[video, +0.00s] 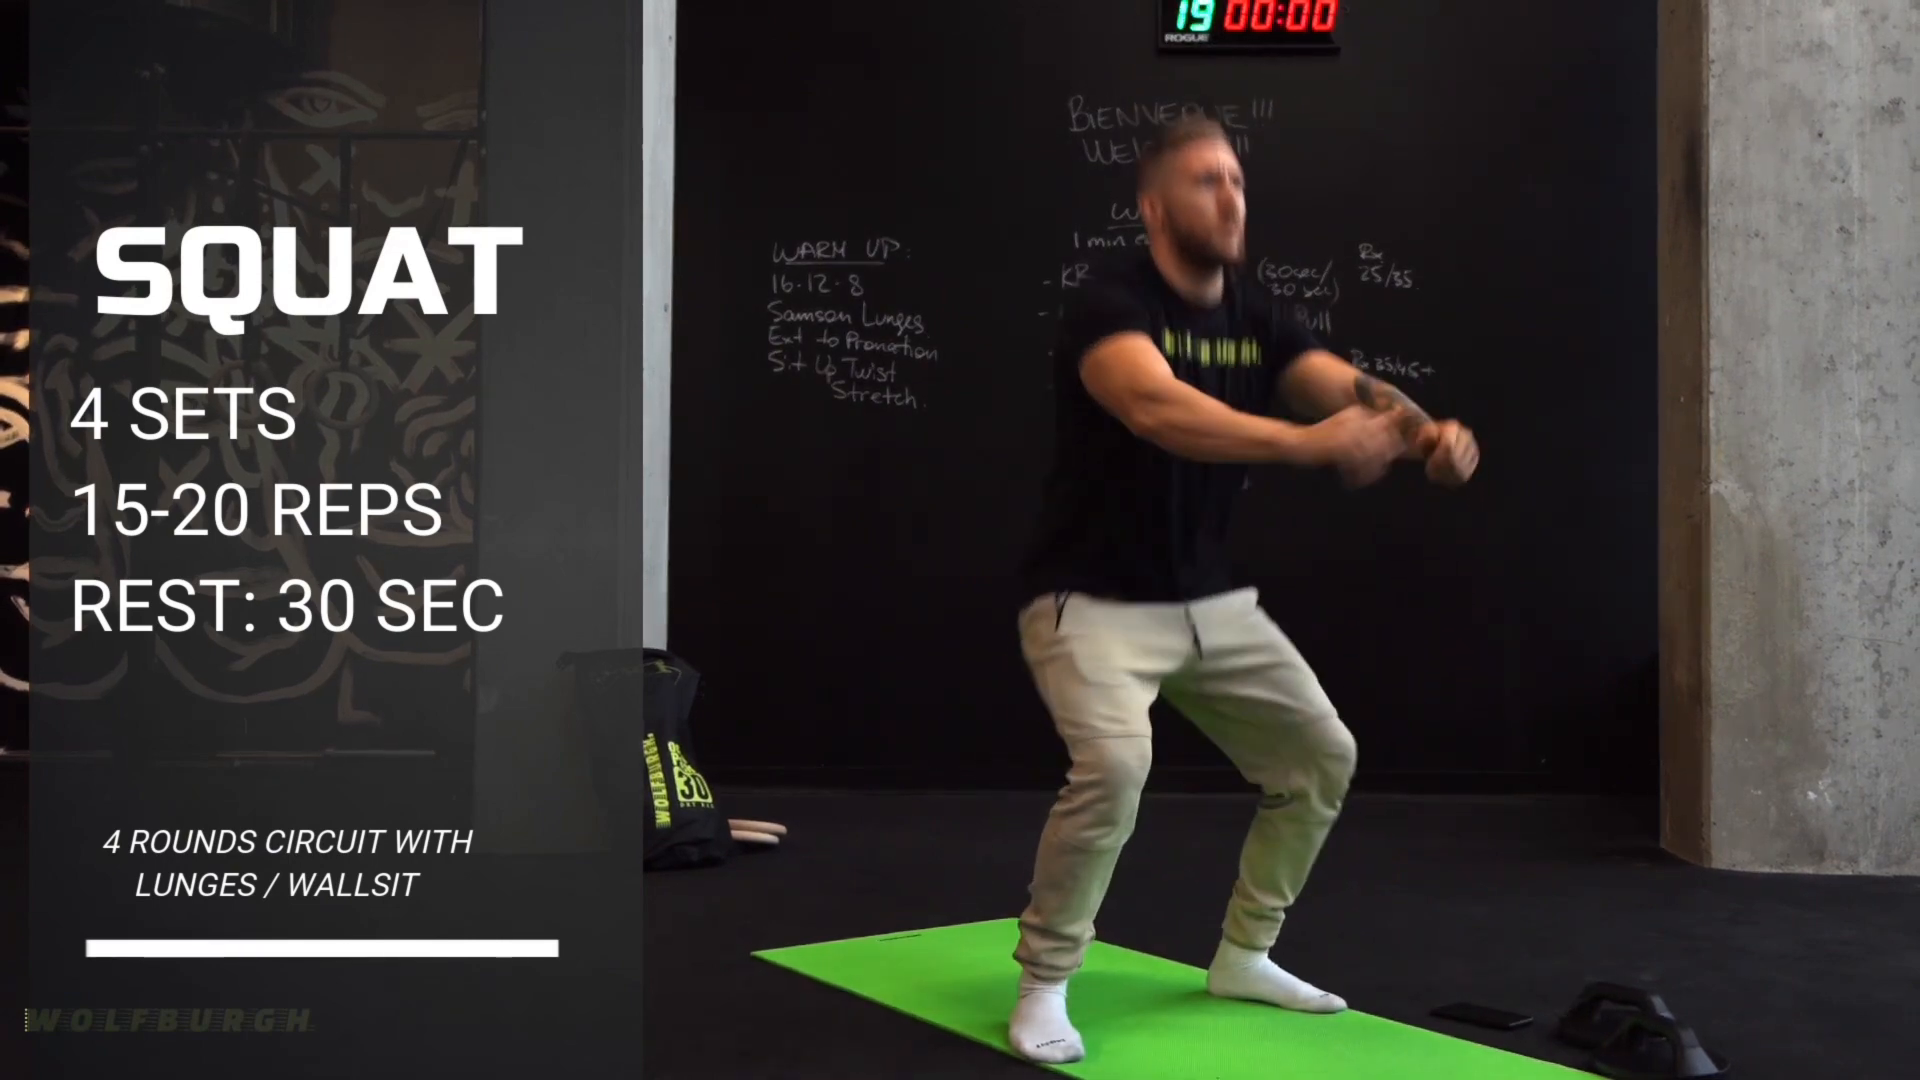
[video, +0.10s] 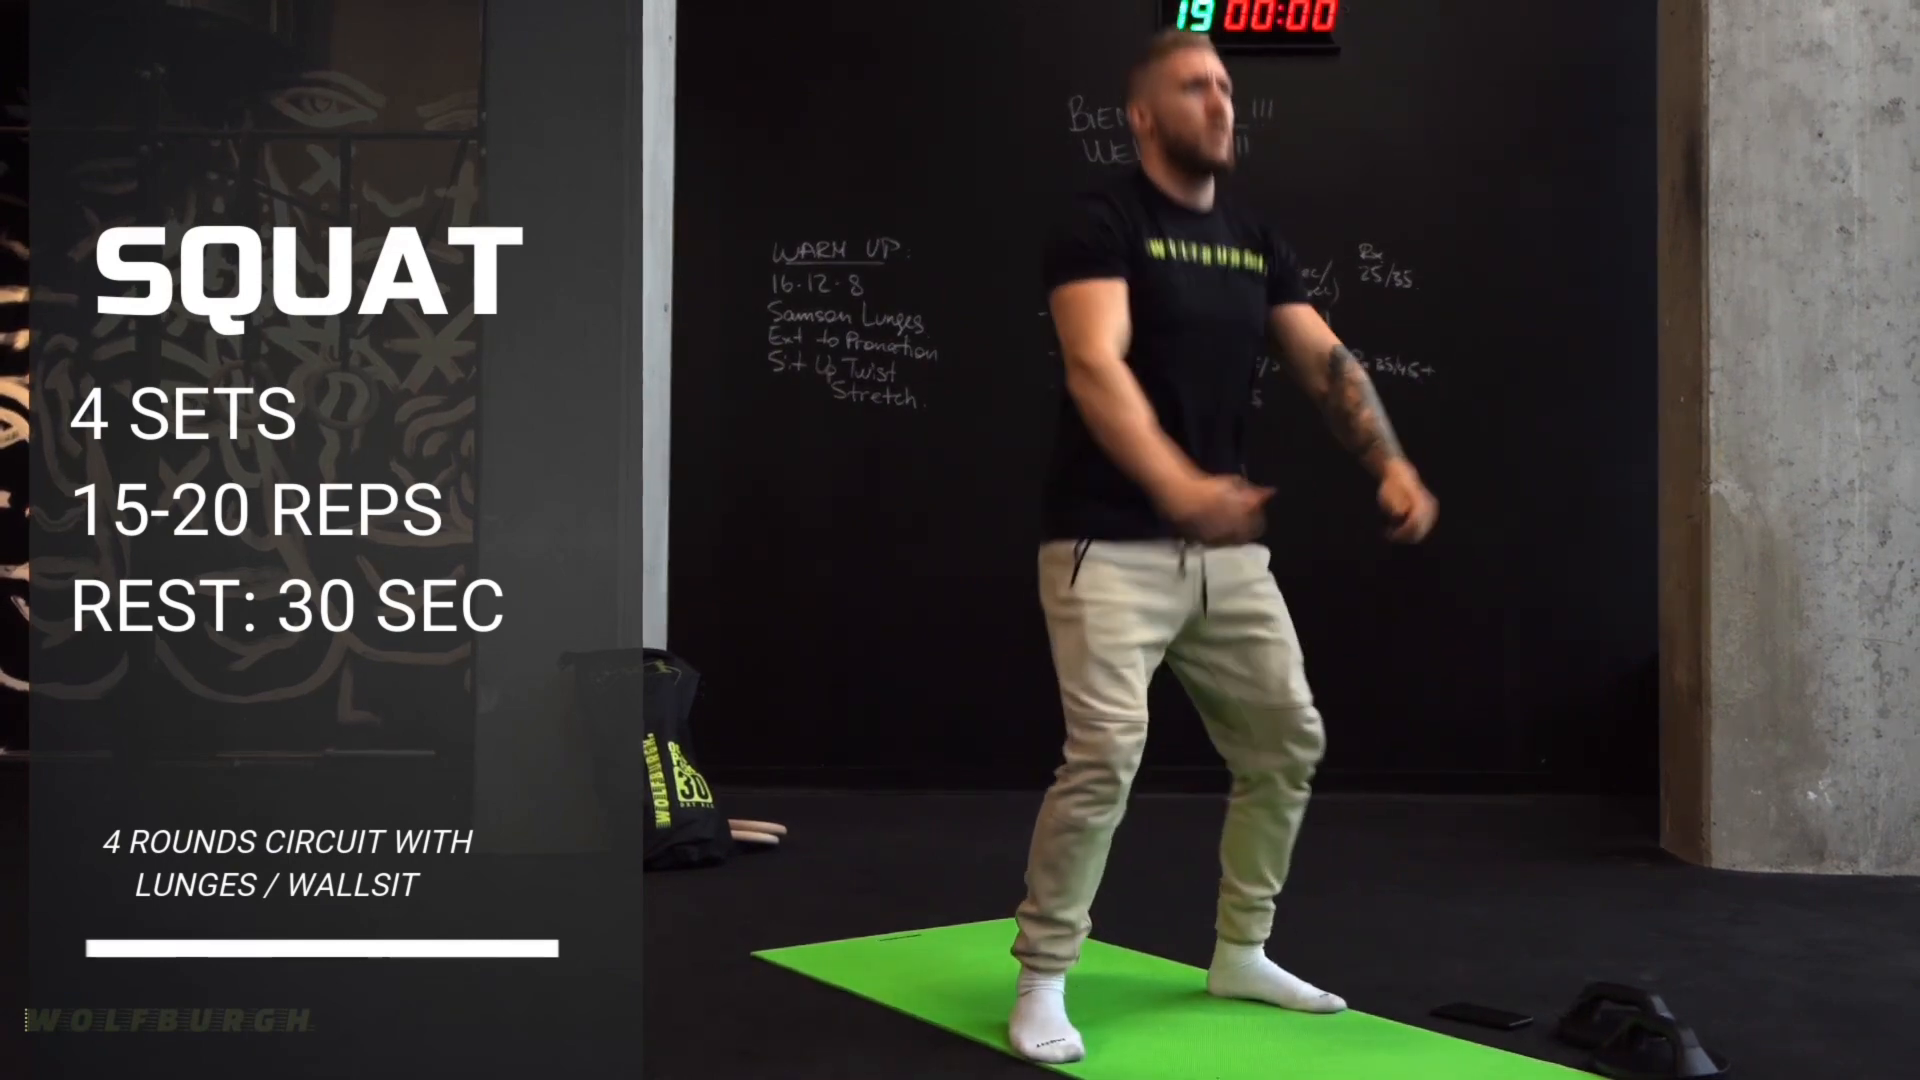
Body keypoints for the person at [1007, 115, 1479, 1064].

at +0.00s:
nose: (1232, 198)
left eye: (1236, 181)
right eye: (1208, 183)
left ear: (1245, 198)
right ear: (1154, 204)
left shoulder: (1254, 315)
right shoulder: (1105, 303)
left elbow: (1350, 391)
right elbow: (1158, 412)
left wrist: (1426, 431)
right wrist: (1309, 444)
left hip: (1208, 601)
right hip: (1090, 603)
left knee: (1321, 758)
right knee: (1113, 767)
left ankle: (1243, 959)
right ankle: (1044, 984)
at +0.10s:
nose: (1219, 104)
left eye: (1224, 89)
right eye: (1194, 89)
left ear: (1233, 112)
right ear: (1140, 112)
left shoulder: (1252, 234)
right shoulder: (1097, 219)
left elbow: (1323, 360)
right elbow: (1093, 369)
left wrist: (1390, 462)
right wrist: (1181, 484)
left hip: (1227, 549)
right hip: (1109, 548)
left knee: (1285, 742)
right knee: (1106, 752)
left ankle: (1239, 957)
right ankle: (1043, 980)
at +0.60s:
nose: (1215, 80)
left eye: (1219, 64)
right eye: (1189, 64)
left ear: (1226, 88)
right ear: (1135, 90)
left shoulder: (1252, 222)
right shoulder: (1089, 207)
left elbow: (1317, 360)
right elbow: (1074, 358)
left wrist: (1375, 475)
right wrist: (1147, 487)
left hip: (1226, 536)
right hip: (1109, 534)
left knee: (1269, 743)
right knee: (1098, 749)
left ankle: (1239, 956)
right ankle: (1041, 982)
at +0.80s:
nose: (1236, 225)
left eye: (1242, 209)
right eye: (1213, 209)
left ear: (1249, 225)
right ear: (1158, 230)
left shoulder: (1257, 341)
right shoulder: (1109, 333)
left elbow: (1343, 401)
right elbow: (1165, 418)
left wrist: (1423, 410)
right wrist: (1340, 421)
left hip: (1198, 621)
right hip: (1078, 620)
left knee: (1319, 759)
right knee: (1104, 764)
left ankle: (1242, 960)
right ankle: (1043, 982)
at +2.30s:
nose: (1216, 87)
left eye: (1222, 71)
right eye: (1190, 72)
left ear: (1231, 97)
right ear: (1137, 98)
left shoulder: (1252, 231)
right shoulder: (1090, 212)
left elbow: (1325, 364)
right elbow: (1075, 363)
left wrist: (1368, 484)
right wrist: (1183, 480)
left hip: (1229, 543)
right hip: (1107, 541)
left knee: (1279, 745)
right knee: (1099, 755)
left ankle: (1241, 957)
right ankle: (1041, 983)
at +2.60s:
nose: (1239, 325)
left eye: (1246, 308)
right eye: (1215, 309)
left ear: (1255, 323)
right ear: (1160, 330)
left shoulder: (1258, 431)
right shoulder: (1117, 424)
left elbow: (1387, 477)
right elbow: (1189, 468)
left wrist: (1440, 444)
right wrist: (1365, 435)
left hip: (1191, 680)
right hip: (1070, 678)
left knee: (1324, 763)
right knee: (1102, 775)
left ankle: (1242, 962)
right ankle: (1042, 988)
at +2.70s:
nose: (1244, 404)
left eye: (1250, 385)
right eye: (1219, 386)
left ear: (1259, 398)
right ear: (1164, 408)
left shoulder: (1258, 505)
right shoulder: (1117, 499)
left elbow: (1386, 530)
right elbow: (1203, 519)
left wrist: (1448, 489)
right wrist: (1372, 478)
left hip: (1186, 734)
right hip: (1062, 728)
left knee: (1329, 766)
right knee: (1109, 775)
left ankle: (1241, 962)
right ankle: (1044, 989)